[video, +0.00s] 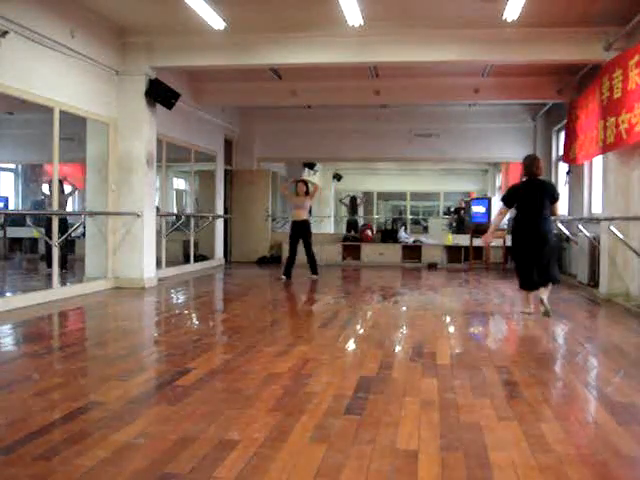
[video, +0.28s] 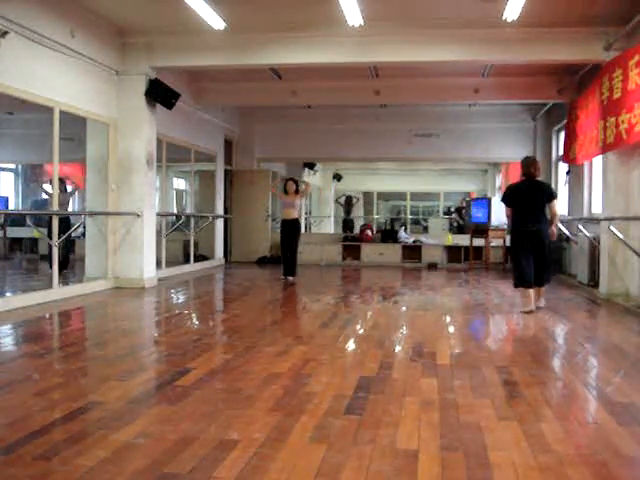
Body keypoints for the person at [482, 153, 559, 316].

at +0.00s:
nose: (542, 168)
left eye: (540, 165)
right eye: (540, 166)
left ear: (524, 169)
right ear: (539, 168)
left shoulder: (516, 189)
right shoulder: (548, 187)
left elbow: (502, 213)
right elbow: (555, 212)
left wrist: (490, 233)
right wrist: (542, 210)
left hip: (521, 235)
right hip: (543, 235)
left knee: (525, 270)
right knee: (548, 269)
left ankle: (528, 306)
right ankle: (544, 296)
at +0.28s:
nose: (538, 170)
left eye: (536, 167)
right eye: (537, 167)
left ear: (522, 169)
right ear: (537, 169)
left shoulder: (513, 189)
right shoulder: (545, 188)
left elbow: (508, 213)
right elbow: (554, 211)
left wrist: (511, 226)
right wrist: (553, 226)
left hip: (519, 232)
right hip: (540, 232)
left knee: (522, 264)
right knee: (540, 263)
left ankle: (528, 303)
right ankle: (539, 299)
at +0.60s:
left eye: (522, 170)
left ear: (521, 172)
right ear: (536, 172)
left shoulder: (514, 190)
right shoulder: (543, 189)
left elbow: (504, 211)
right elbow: (551, 211)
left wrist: (497, 227)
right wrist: (543, 217)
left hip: (518, 232)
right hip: (538, 233)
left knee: (519, 263)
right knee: (535, 264)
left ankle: (522, 294)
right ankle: (533, 299)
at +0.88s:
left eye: (519, 174)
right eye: (527, 174)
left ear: (515, 177)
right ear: (530, 176)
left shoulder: (510, 194)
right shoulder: (536, 193)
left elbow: (502, 213)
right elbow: (539, 213)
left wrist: (493, 230)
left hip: (514, 233)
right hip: (532, 233)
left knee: (515, 260)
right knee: (532, 261)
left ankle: (514, 291)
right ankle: (533, 293)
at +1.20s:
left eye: (510, 177)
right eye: (519, 177)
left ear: (507, 179)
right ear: (521, 179)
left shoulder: (502, 194)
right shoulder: (527, 194)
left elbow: (493, 214)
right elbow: (538, 213)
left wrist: (491, 225)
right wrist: (533, 221)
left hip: (508, 231)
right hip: (522, 231)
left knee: (510, 259)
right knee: (520, 258)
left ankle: (515, 290)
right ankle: (519, 287)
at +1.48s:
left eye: (506, 177)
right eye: (517, 176)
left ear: (505, 179)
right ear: (518, 179)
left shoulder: (501, 194)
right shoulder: (523, 193)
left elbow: (493, 212)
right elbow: (528, 211)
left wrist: (484, 227)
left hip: (506, 229)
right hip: (521, 229)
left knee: (500, 256)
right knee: (518, 256)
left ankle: (510, 278)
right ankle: (517, 286)